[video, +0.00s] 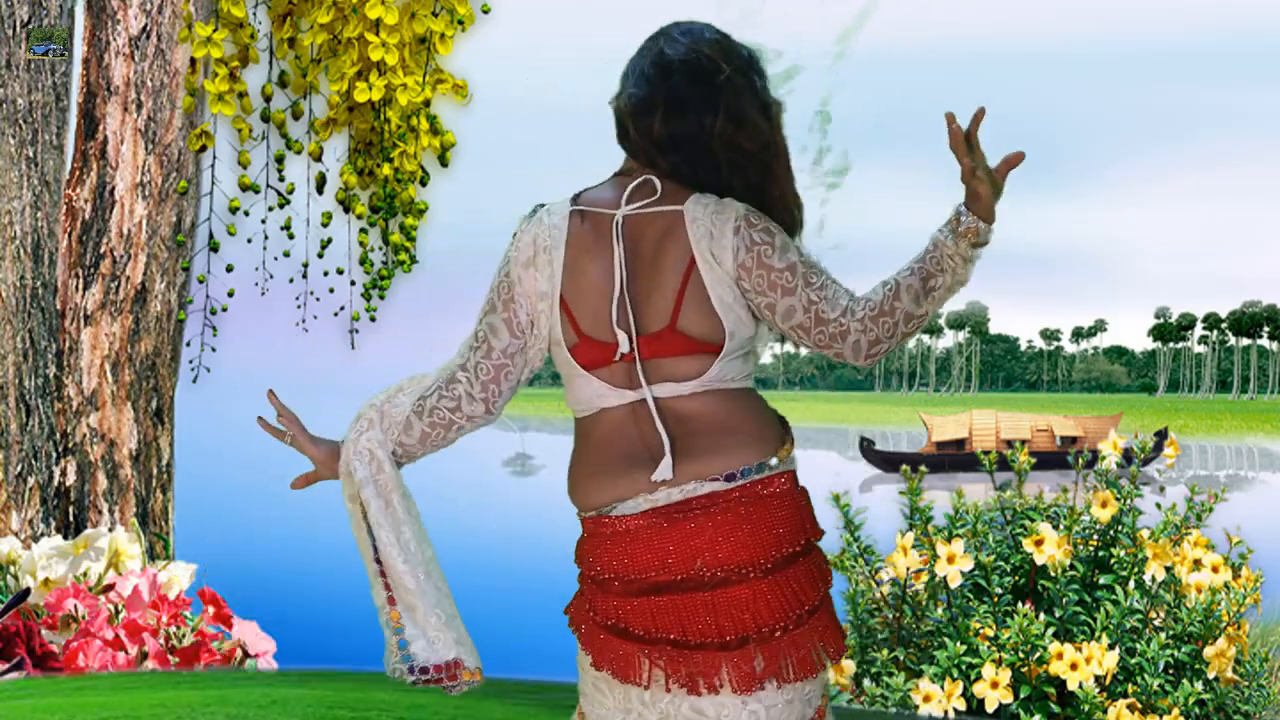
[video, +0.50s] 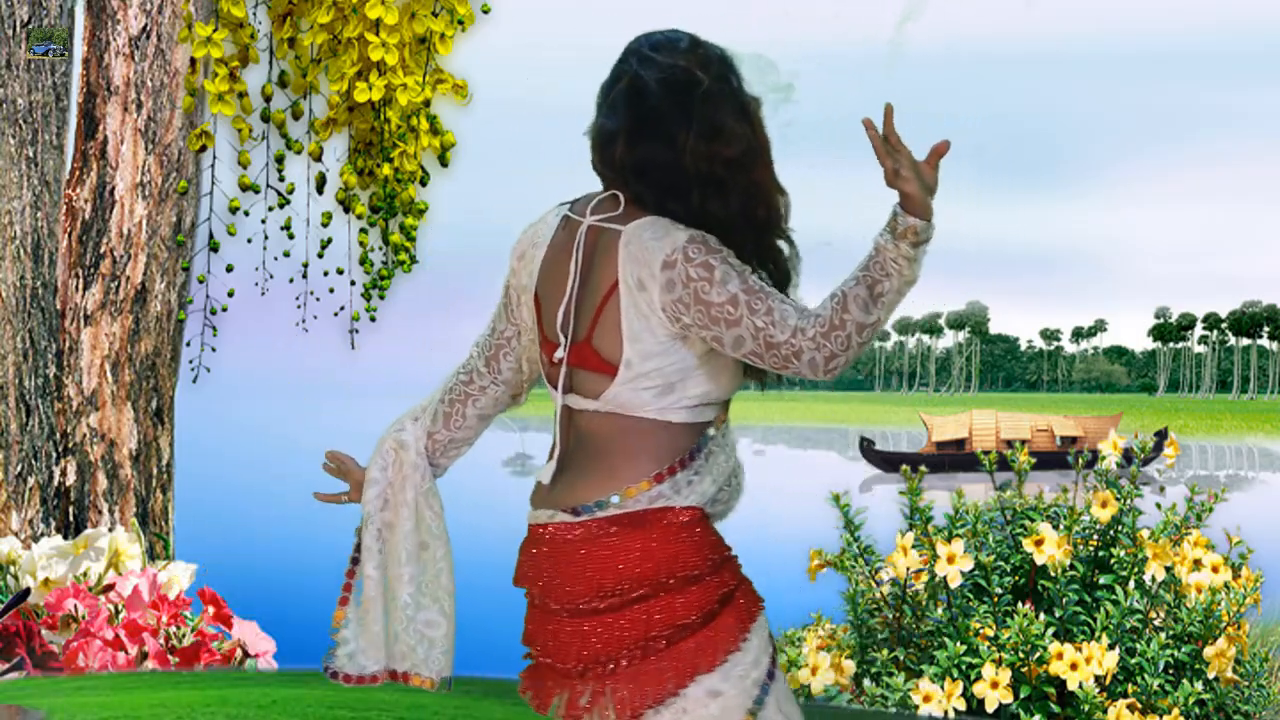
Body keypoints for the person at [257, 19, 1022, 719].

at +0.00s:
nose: (761, 130)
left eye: (754, 110)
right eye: (754, 111)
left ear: (629, 114)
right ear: (735, 119)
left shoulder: (545, 237)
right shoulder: (733, 228)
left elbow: (471, 391)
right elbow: (860, 333)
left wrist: (354, 449)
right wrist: (970, 225)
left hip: (614, 514)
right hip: (743, 499)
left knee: (628, 699)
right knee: (764, 698)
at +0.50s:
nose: (748, 144)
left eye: (739, 122)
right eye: (737, 125)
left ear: (610, 137)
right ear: (716, 141)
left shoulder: (547, 242)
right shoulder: (675, 256)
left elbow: (483, 381)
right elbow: (816, 348)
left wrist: (393, 468)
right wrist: (910, 227)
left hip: (555, 543)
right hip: (656, 541)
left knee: (587, 705)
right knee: (735, 702)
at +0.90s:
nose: (692, 109)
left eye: (685, 88)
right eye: (679, 91)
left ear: (560, 115)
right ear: (652, 110)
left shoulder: (502, 229)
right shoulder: (658, 227)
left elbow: (432, 357)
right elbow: (785, 325)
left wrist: (318, 403)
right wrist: (867, 191)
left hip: (482, 516)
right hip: (600, 539)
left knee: (506, 697)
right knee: (681, 703)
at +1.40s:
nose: (735, 123)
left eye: (725, 102)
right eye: (727, 104)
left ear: (597, 113)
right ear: (709, 116)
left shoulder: (526, 235)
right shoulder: (722, 229)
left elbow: (486, 406)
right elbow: (834, 353)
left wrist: (351, 427)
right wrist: (928, 244)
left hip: (575, 516)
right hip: (715, 505)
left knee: (585, 698)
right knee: (741, 700)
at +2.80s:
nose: (681, 119)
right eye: (670, 101)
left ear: (543, 133)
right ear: (656, 120)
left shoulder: (501, 262)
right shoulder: (696, 235)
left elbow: (446, 421)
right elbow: (830, 310)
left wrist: (330, 350)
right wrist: (887, 173)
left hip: (488, 521)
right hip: (624, 548)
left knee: (490, 696)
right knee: (653, 701)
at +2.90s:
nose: (678, 119)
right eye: (667, 101)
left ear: (541, 128)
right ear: (656, 116)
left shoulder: (502, 255)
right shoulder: (698, 229)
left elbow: (449, 417)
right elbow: (828, 310)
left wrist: (327, 350)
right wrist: (885, 175)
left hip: (499, 518)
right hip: (634, 539)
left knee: (495, 695)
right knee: (657, 703)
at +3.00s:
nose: (705, 110)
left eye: (697, 89)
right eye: (696, 92)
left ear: (570, 115)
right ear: (678, 108)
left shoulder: (514, 243)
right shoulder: (711, 221)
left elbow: (469, 407)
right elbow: (844, 309)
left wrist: (331, 375)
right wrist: (913, 174)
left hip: (543, 522)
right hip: (684, 521)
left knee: (552, 693)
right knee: (710, 700)